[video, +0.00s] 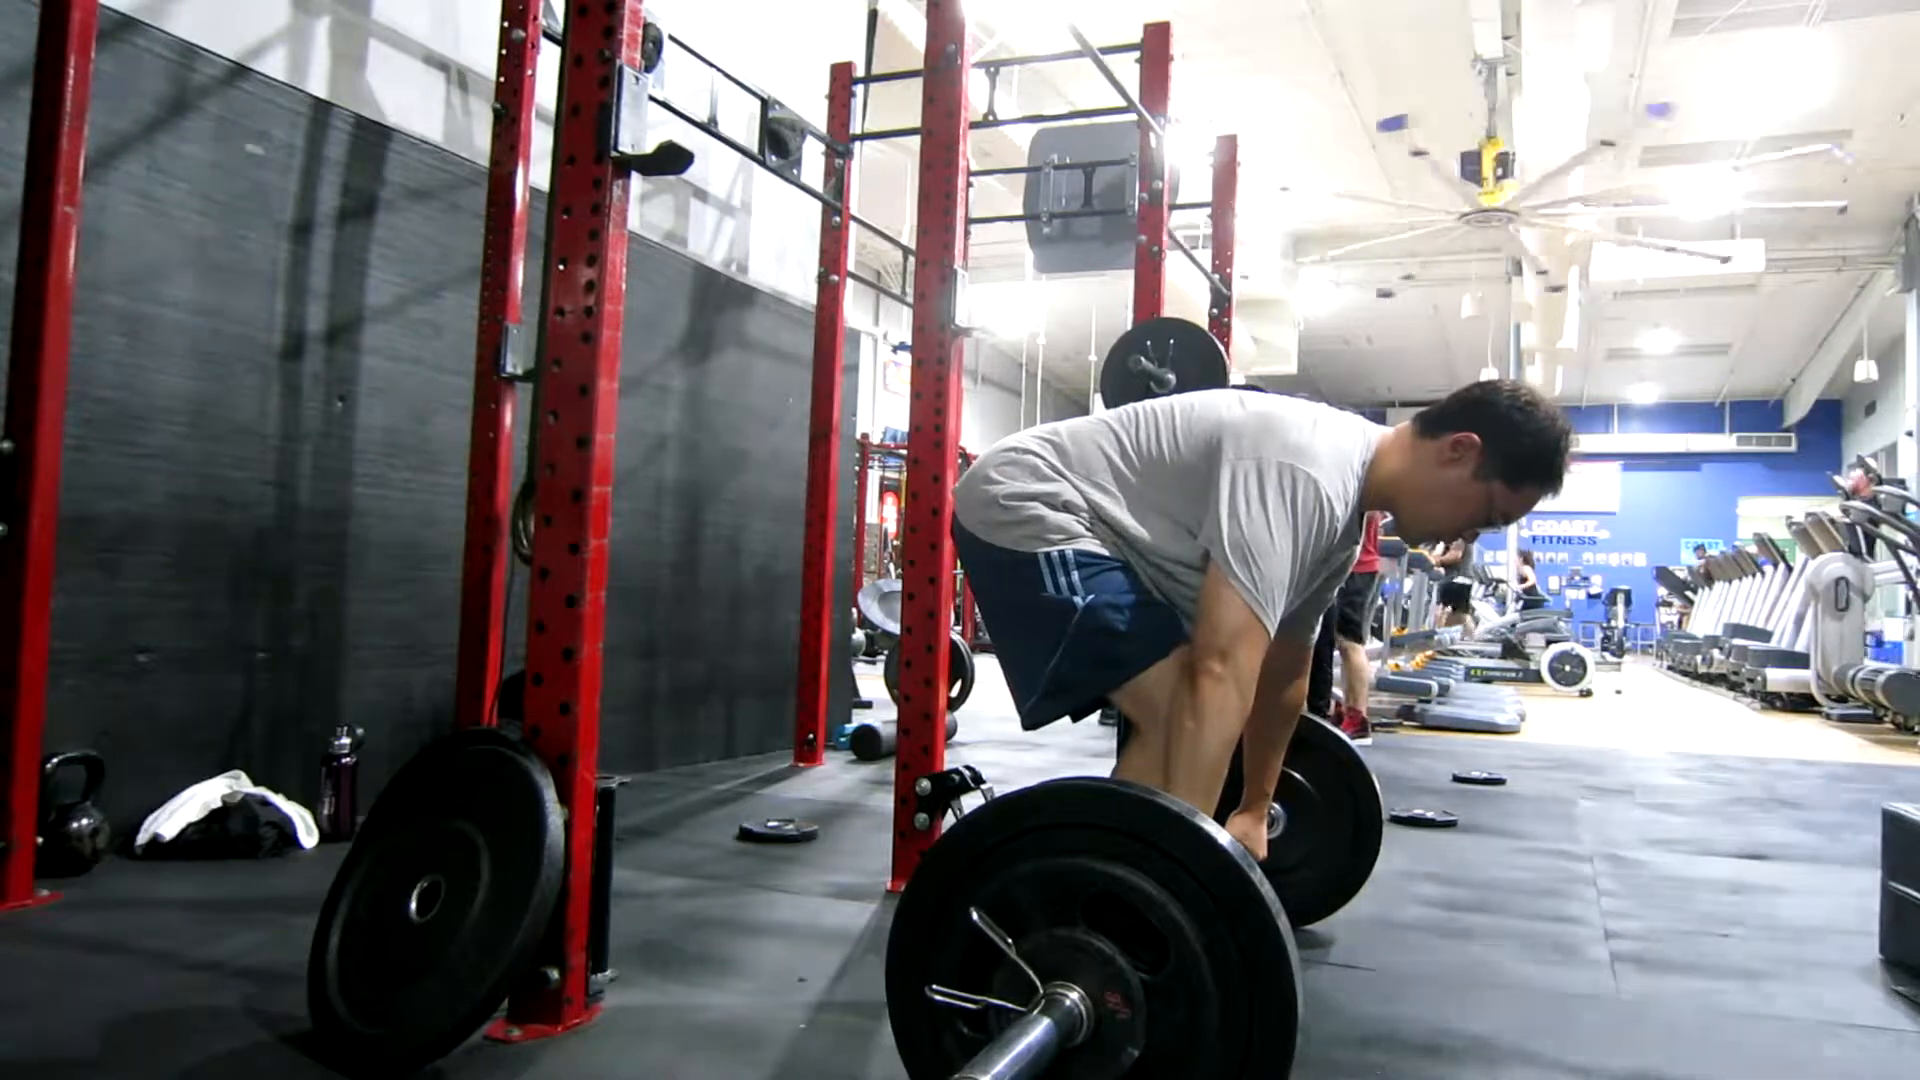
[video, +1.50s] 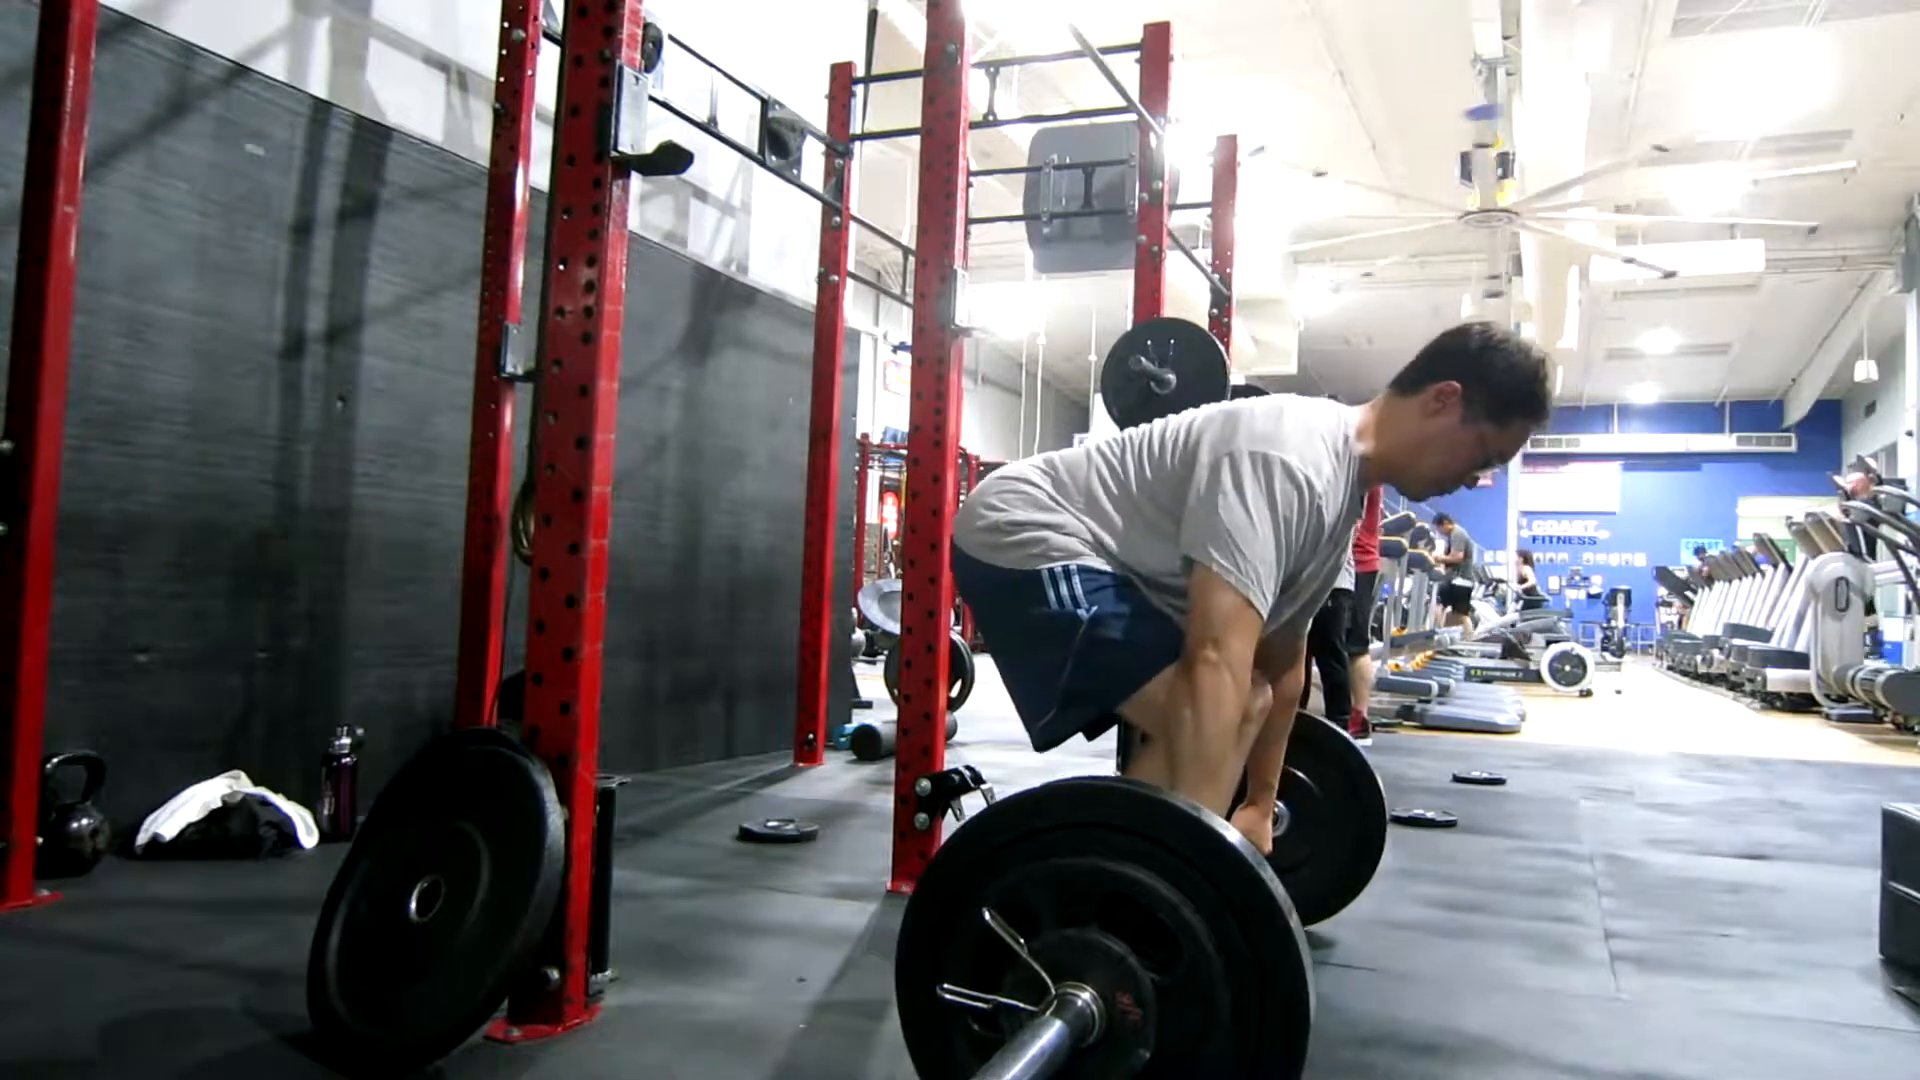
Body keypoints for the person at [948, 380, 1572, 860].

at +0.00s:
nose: (1465, 544)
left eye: (1486, 531)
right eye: (1484, 519)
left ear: (1459, 454)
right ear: (1459, 454)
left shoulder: (1340, 515)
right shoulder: (1305, 469)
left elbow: (1284, 680)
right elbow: (1218, 668)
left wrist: (1253, 808)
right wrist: (1170, 865)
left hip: (1086, 527)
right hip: (1031, 503)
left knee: (1178, 717)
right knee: (1185, 699)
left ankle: (1099, 902)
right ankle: (1140, 897)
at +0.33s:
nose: (1469, 545)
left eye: (1490, 532)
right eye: (1488, 520)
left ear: (1463, 455)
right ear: (1464, 455)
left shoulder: (1343, 515)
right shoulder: (1310, 471)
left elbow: (1286, 678)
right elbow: (1220, 668)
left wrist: (1254, 806)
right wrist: (1173, 863)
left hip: (1086, 524)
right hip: (1033, 502)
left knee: (1173, 716)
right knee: (1187, 696)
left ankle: (1113, 904)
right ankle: (1147, 897)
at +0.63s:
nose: (1476, 544)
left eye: (1497, 533)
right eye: (1495, 522)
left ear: (1467, 460)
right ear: (1468, 461)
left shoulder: (1349, 520)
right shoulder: (1313, 469)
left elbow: (1290, 681)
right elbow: (1223, 667)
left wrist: (1255, 808)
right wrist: (1177, 864)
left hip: (1092, 526)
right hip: (1035, 501)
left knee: (1174, 714)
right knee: (1187, 692)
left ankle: (1108, 903)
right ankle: (1154, 896)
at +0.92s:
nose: (1480, 530)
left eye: (1500, 518)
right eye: (1495, 506)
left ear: (1463, 444)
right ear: (1463, 444)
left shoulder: (1366, 517)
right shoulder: (1317, 464)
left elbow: (1300, 680)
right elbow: (1237, 668)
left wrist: (1259, 811)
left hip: (1092, 521)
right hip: (1030, 495)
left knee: (1184, 710)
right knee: (1180, 699)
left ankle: (1108, 910)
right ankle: (1134, 902)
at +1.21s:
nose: (1485, 497)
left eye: (1503, 484)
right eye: (1498, 473)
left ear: (1457, 416)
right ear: (1458, 414)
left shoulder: (1349, 510)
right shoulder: (1301, 467)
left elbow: (1286, 672)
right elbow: (1214, 661)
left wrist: (1260, 805)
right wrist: (1180, 859)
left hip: (1093, 538)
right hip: (1032, 515)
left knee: (1175, 717)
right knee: (1191, 702)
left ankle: (1113, 896)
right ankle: (1152, 904)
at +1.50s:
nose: (1476, 480)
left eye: (1492, 468)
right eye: (1485, 457)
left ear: (1444, 403)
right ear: (1444, 402)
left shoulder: (1342, 495)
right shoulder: (1285, 457)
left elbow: (1282, 664)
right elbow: (1213, 659)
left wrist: (1260, 803)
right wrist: (1184, 859)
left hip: (1097, 553)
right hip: (1028, 528)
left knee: (1176, 725)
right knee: (1202, 705)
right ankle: (1155, 905)